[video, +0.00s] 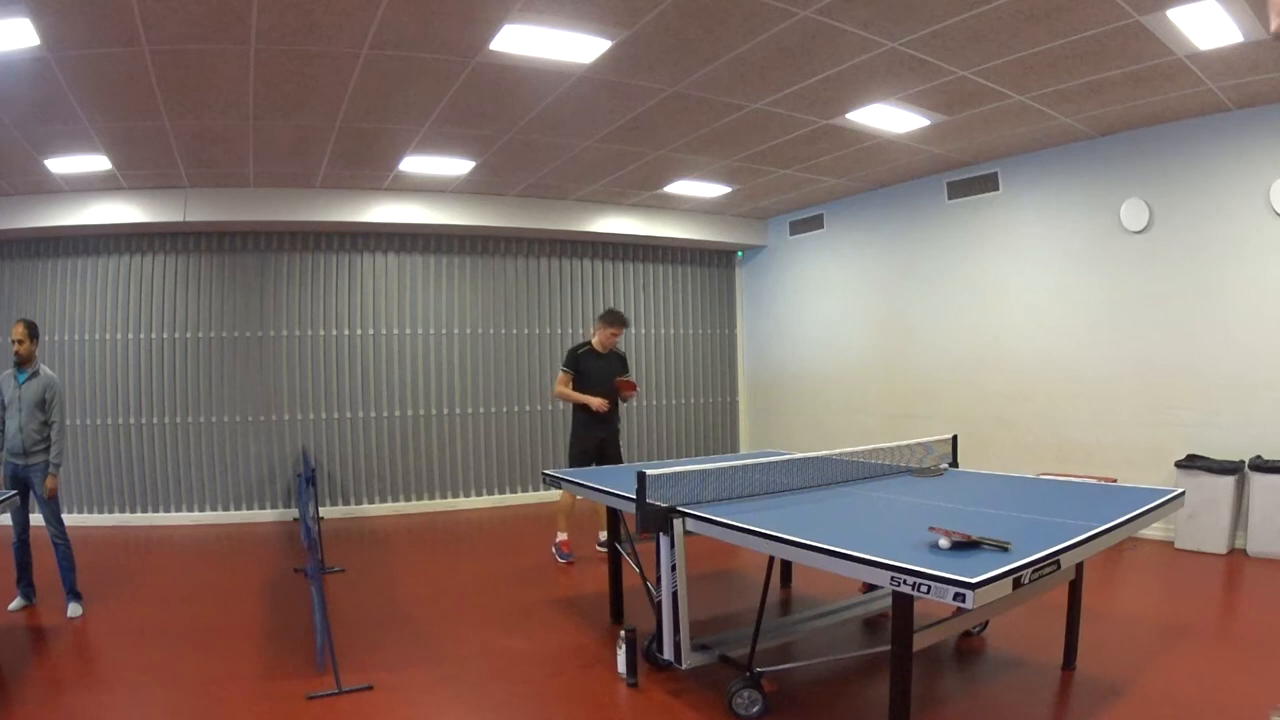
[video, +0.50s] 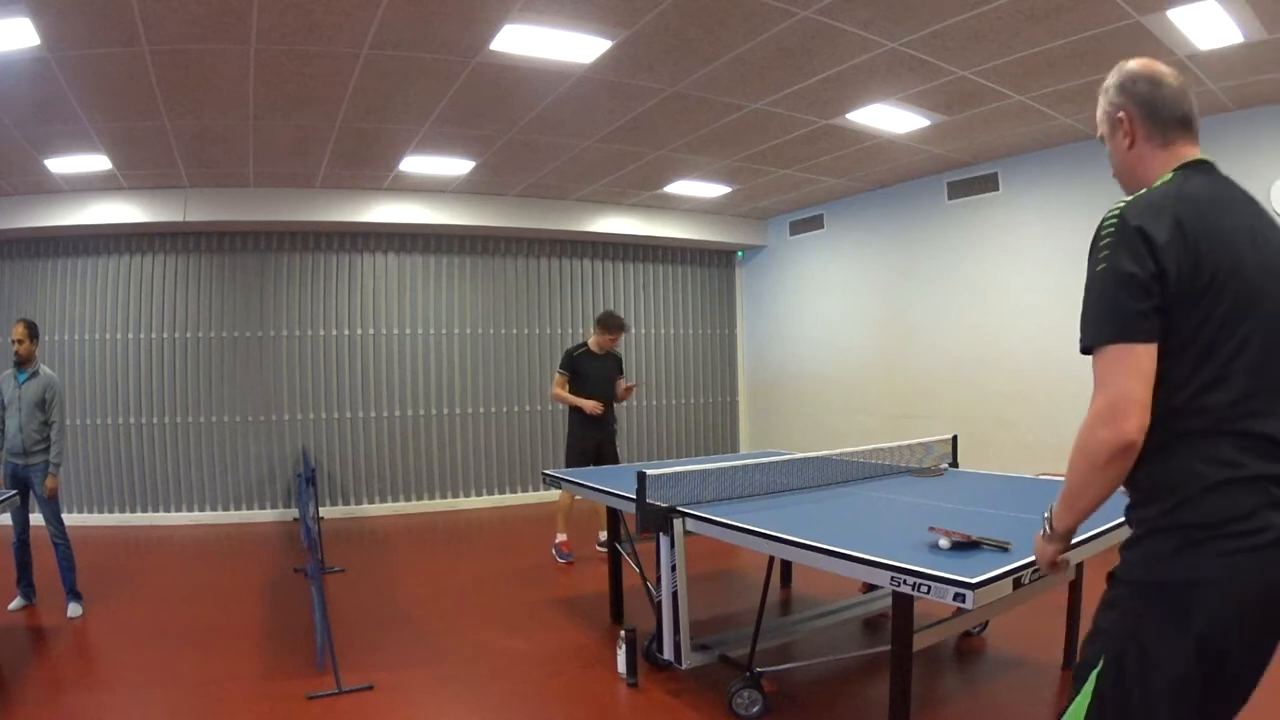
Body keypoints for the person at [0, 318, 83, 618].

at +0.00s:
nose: (15, 347)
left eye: (21, 342)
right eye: (13, 342)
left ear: (35, 344)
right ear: (11, 344)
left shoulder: (49, 381)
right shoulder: (6, 380)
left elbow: (57, 429)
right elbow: (3, 422)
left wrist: (53, 472)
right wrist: (3, 464)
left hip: (40, 466)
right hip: (11, 465)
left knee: (57, 533)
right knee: (19, 534)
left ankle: (73, 596)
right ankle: (26, 593)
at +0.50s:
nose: (15, 346)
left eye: (21, 341)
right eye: (13, 342)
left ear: (35, 344)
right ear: (11, 344)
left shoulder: (48, 380)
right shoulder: (6, 380)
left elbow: (57, 429)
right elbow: (3, 422)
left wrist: (53, 472)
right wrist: (3, 464)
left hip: (40, 466)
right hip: (11, 465)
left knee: (57, 533)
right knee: (19, 534)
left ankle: (73, 596)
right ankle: (26, 593)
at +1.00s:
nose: (14, 347)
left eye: (19, 342)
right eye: (11, 343)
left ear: (34, 344)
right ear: (10, 345)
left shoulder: (48, 380)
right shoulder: (5, 380)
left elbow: (57, 429)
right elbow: (2, 423)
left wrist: (53, 472)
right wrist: (2, 465)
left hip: (40, 465)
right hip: (12, 465)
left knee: (57, 533)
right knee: (19, 534)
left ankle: (73, 596)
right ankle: (26, 593)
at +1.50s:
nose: (15, 352)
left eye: (20, 346)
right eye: (12, 346)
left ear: (34, 346)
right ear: (9, 346)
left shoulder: (49, 381)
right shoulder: (4, 380)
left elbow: (59, 427)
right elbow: (3, 423)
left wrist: (52, 464)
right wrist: (2, 464)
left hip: (41, 465)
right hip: (12, 465)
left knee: (57, 532)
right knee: (19, 534)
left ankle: (73, 596)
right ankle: (25, 593)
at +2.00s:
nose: (26, 350)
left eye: (32, 345)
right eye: (24, 344)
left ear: (46, 347)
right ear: (21, 345)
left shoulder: (61, 383)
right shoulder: (11, 382)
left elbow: (77, 421)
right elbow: (4, 424)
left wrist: (55, 432)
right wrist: (12, 449)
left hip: (54, 464)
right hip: (25, 466)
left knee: (65, 531)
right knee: (24, 532)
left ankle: (74, 596)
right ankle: (26, 593)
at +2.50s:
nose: (28, 341)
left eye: (34, 336)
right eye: (26, 336)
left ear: (49, 343)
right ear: (23, 341)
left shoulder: (61, 386)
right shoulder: (12, 379)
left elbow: (71, 430)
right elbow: (0, 409)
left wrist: (48, 445)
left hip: (50, 465)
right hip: (21, 465)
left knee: (61, 532)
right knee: (22, 531)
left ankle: (73, 597)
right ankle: (27, 594)